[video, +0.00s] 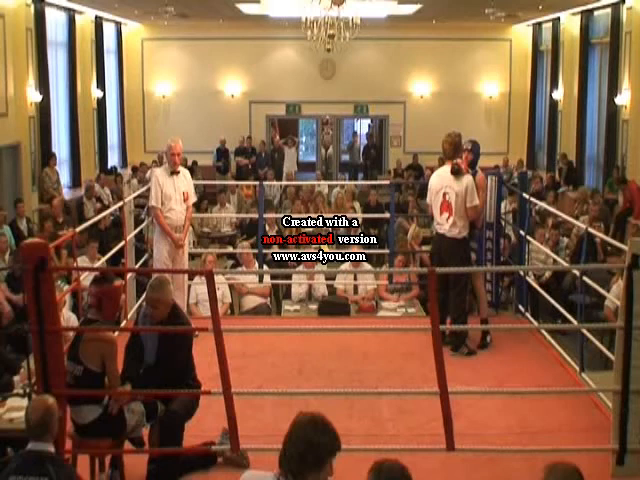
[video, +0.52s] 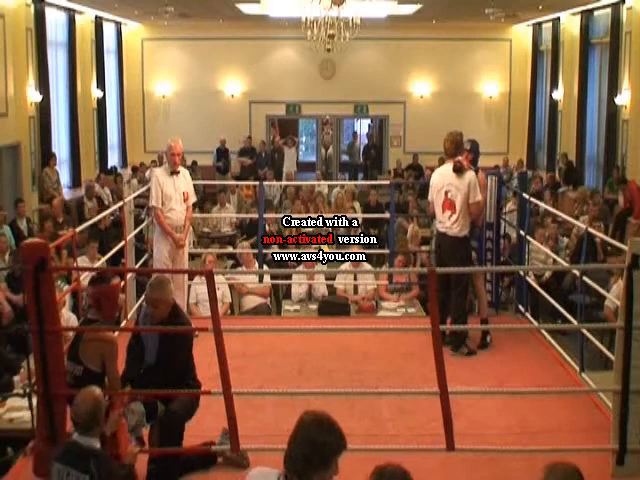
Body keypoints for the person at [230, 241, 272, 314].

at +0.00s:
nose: (246, 257)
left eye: (248, 254)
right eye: (243, 254)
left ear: (252, 254)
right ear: (239, 257)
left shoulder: (263, 268)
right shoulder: (237, 272)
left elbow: (267, 291)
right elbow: (240, 290)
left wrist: (248, 290)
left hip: (261, 304)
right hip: (245, 308)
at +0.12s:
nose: (246, 257)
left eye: (248, 254)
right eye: (243, 254)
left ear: (252, 254)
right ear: (239, 257)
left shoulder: (263, 268)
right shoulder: (237, 272)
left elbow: (267, 291)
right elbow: (240, 290)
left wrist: (248, 290)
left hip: (261, 304)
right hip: (245, 308)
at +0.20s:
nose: (246, 257)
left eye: (248, 254)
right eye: (243, 254)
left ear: (252, 254)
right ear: (239, 257)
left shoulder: (263, 268)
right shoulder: (237, 272)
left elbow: (267, 291)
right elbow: (240, 290)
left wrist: (248, 290)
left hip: (261, 304)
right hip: (245, 308)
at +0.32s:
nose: (246, 257)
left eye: (248, 254)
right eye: (243, 255)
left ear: (252, 254)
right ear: (239, 257)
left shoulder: (263, 268)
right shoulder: (237, 272)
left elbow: (267, 291)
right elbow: (240, 290)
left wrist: (248, 290)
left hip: (261, 304)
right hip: (244, 308)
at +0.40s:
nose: (246, 257)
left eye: (248, 254)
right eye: (243, 254)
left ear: (252, 254)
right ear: (239, 257)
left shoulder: (263, 268)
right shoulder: (237, 272)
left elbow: (267, 291)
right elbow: (240, 290)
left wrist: (248, 290)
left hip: (261, 304)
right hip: (245, 308)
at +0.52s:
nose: (246, 257)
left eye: (248, 254)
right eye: (243, 255)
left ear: (252, 254)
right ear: (239, 257)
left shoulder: (263, 268)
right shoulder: (237, 272)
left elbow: (267, 291)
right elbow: (240, 290)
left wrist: (248, 290)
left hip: (261, 304)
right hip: (245, 308)